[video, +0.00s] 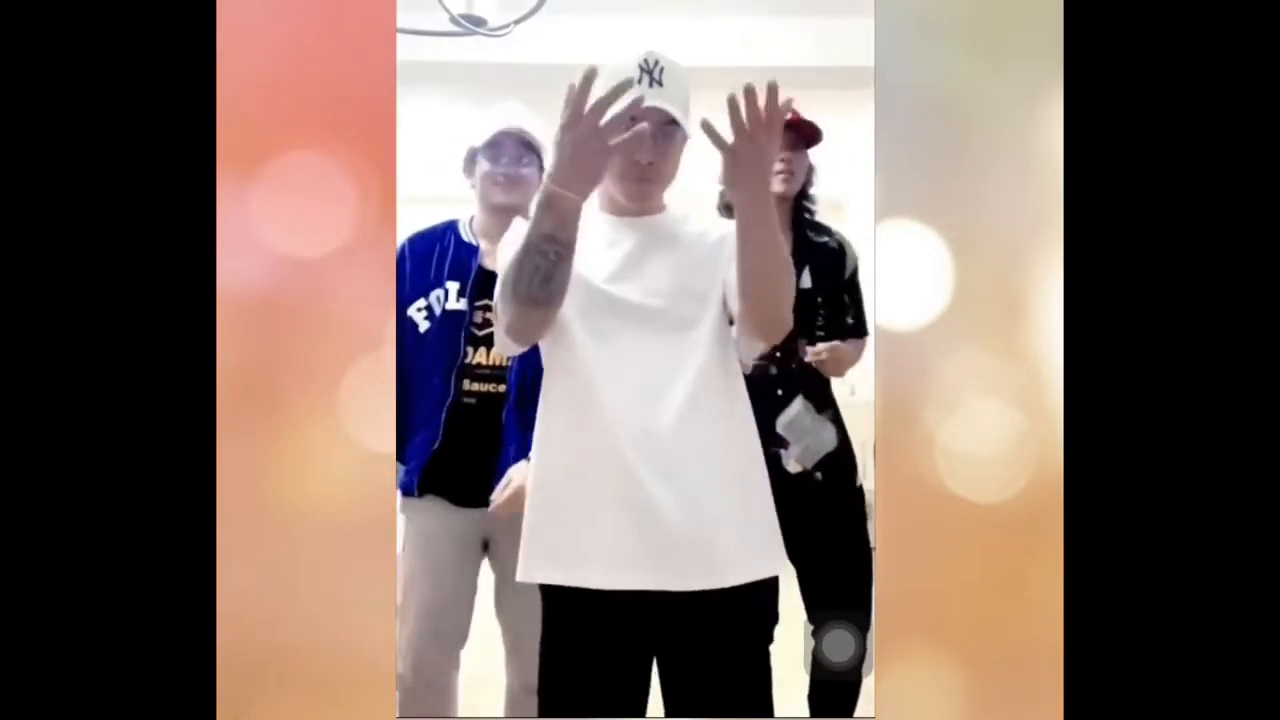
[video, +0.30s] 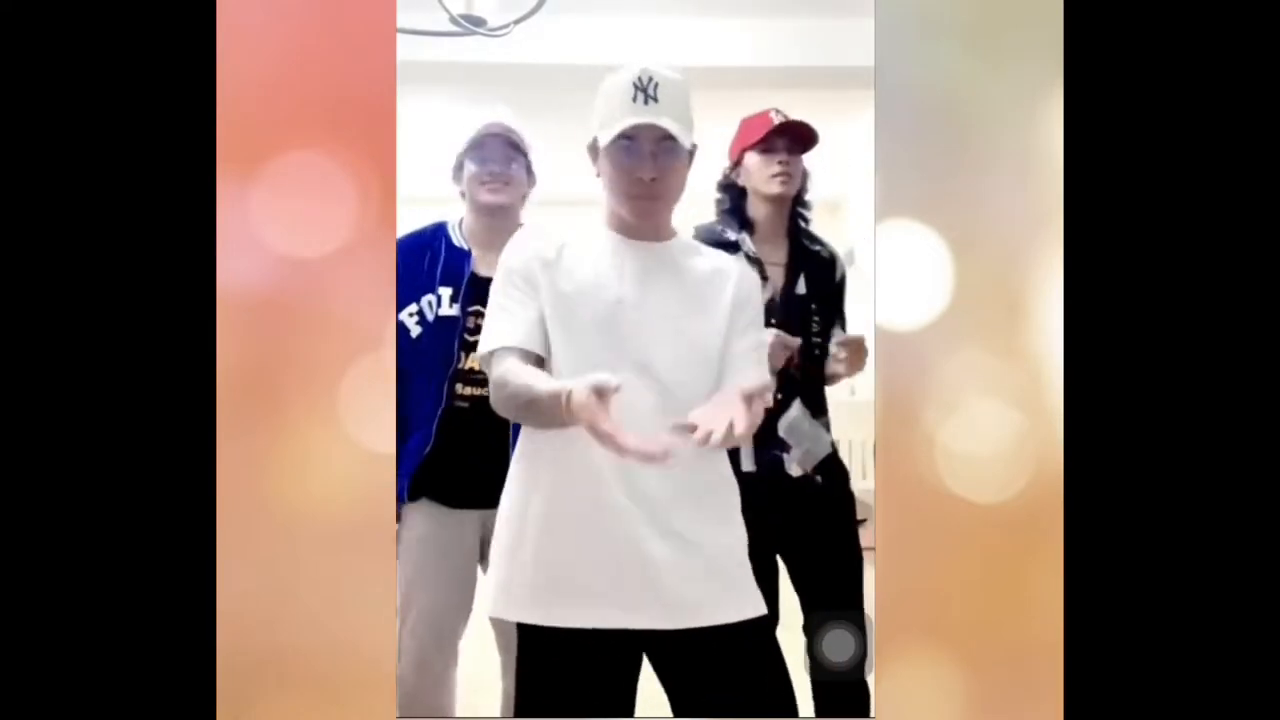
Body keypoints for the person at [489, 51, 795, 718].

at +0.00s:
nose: (645, 145)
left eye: (665, 129)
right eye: (628, 125)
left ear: (686, 144)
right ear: (598, 137)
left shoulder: (721, 242)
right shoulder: (552, 236)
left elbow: (768, 326)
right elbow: (518, 326)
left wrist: (755, 191)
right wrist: (564, 188)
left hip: (719, 570)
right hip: (588, 571)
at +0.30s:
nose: (646, 165)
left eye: (665, 147)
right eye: (627, 145)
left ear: (690, 162)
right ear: (594, 158)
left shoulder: (731, 277)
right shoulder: (538, 256)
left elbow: (749, 385)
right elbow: (503, 379)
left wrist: (733, 403)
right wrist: (569, 402)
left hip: (703, 582)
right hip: (568, 582)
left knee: (762, 719)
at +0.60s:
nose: (650, 159)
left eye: (669, 139)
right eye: (630, 140)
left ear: (703, 147)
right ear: (608, 151)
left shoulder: (750, 259)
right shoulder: (570, 239)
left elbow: (758, 377)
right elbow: (520, 343)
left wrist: (730, 262)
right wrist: (553, 232)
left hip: (696, 563)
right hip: (565, 555)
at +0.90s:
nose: (655, 154)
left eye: (674, 133)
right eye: (636, 136)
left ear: (708, 143)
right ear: (614, 148)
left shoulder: (774, 239)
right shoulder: (588, 244)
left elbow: (801, 357)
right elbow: (541, 360)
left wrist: (725, 256)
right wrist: (560, 284)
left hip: (711, 574)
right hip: (582, 569)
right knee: (541, 716)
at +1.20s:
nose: (667, 170)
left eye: (687, 149)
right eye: (648, 148)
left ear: (711, 161)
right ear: (613, 157)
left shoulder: (767, 264)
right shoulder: (568, 279)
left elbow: (806, 411)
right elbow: (552, 409)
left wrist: (771, 372)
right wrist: (588, 377)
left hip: (749, 596)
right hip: (611, 598)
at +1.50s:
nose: (662, 148)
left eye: (682, 128)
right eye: (644, 125)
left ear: (704, 142)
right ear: (609, 135)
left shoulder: (745, 249)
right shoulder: (565, 239)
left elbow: (791, 345)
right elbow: (513, 330)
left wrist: (802, 214)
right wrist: (550, 216)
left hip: (730, 574)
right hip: (598, 573)